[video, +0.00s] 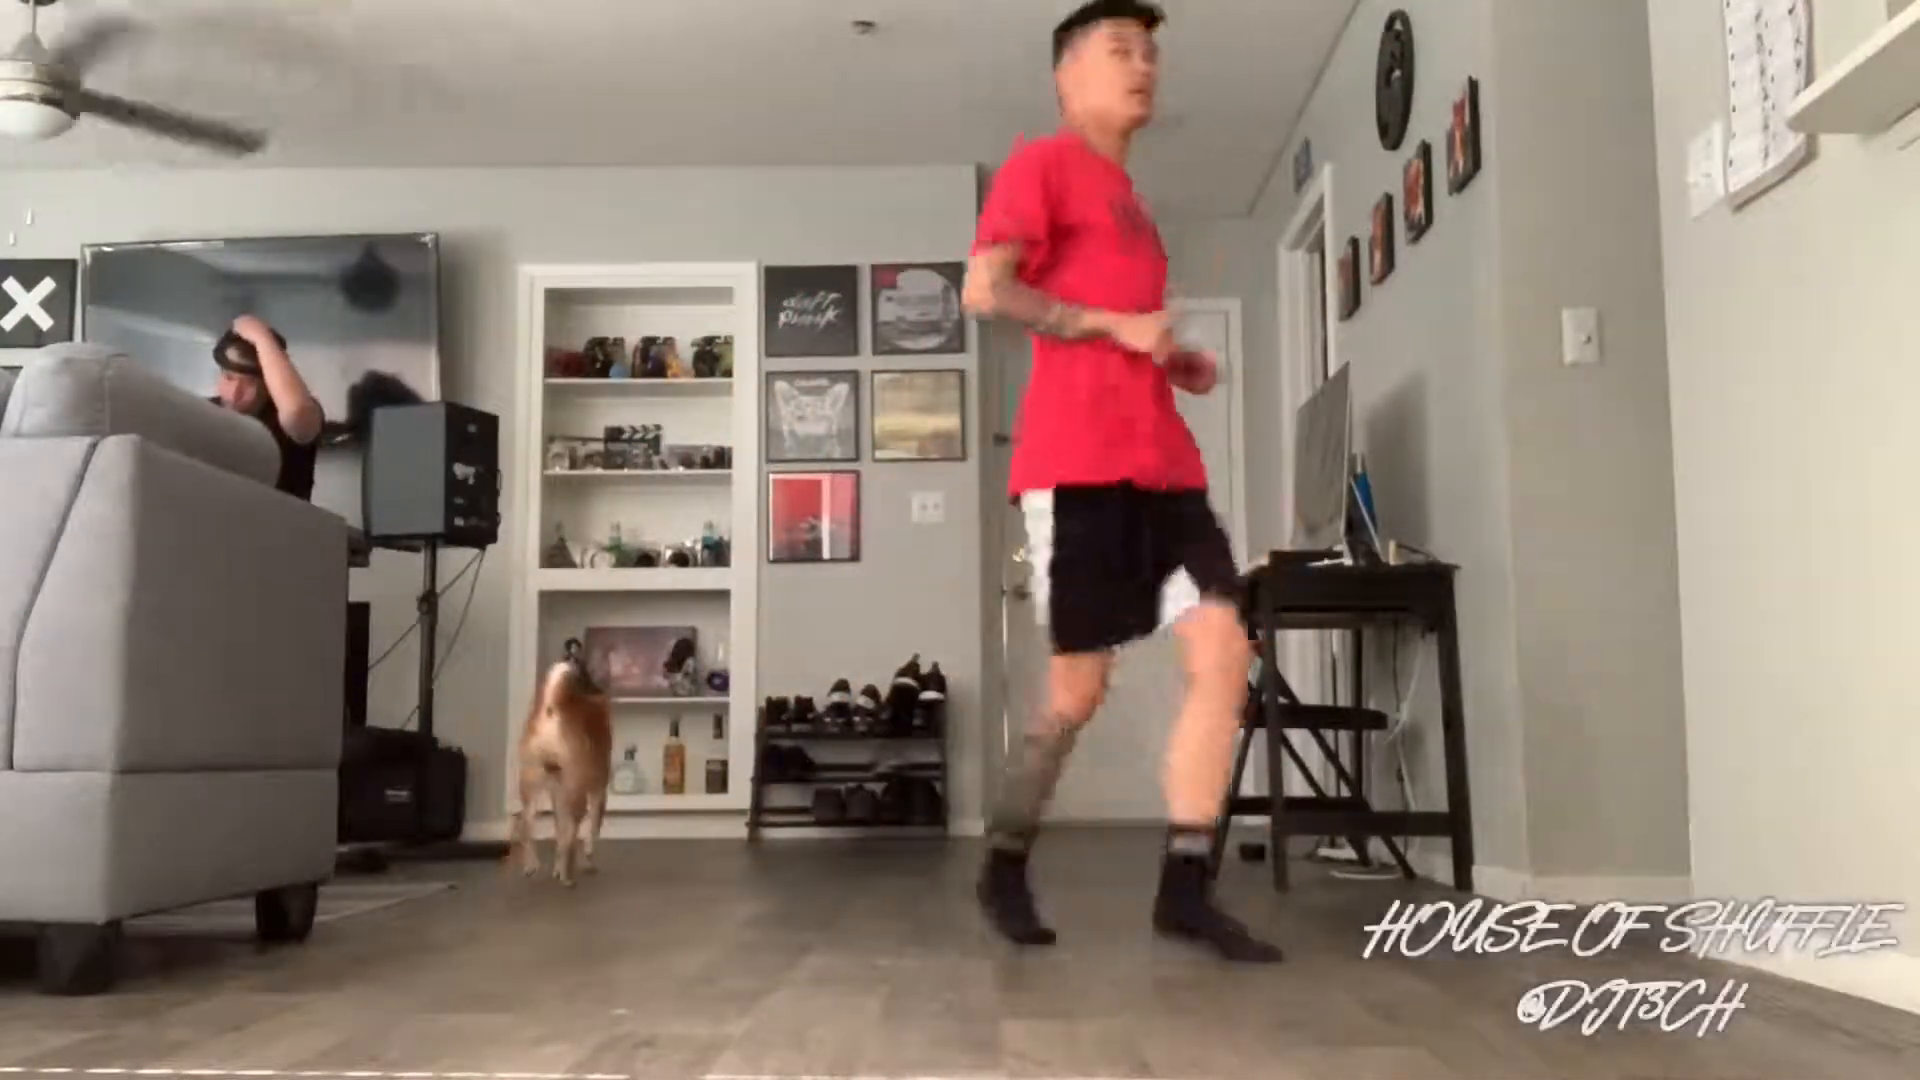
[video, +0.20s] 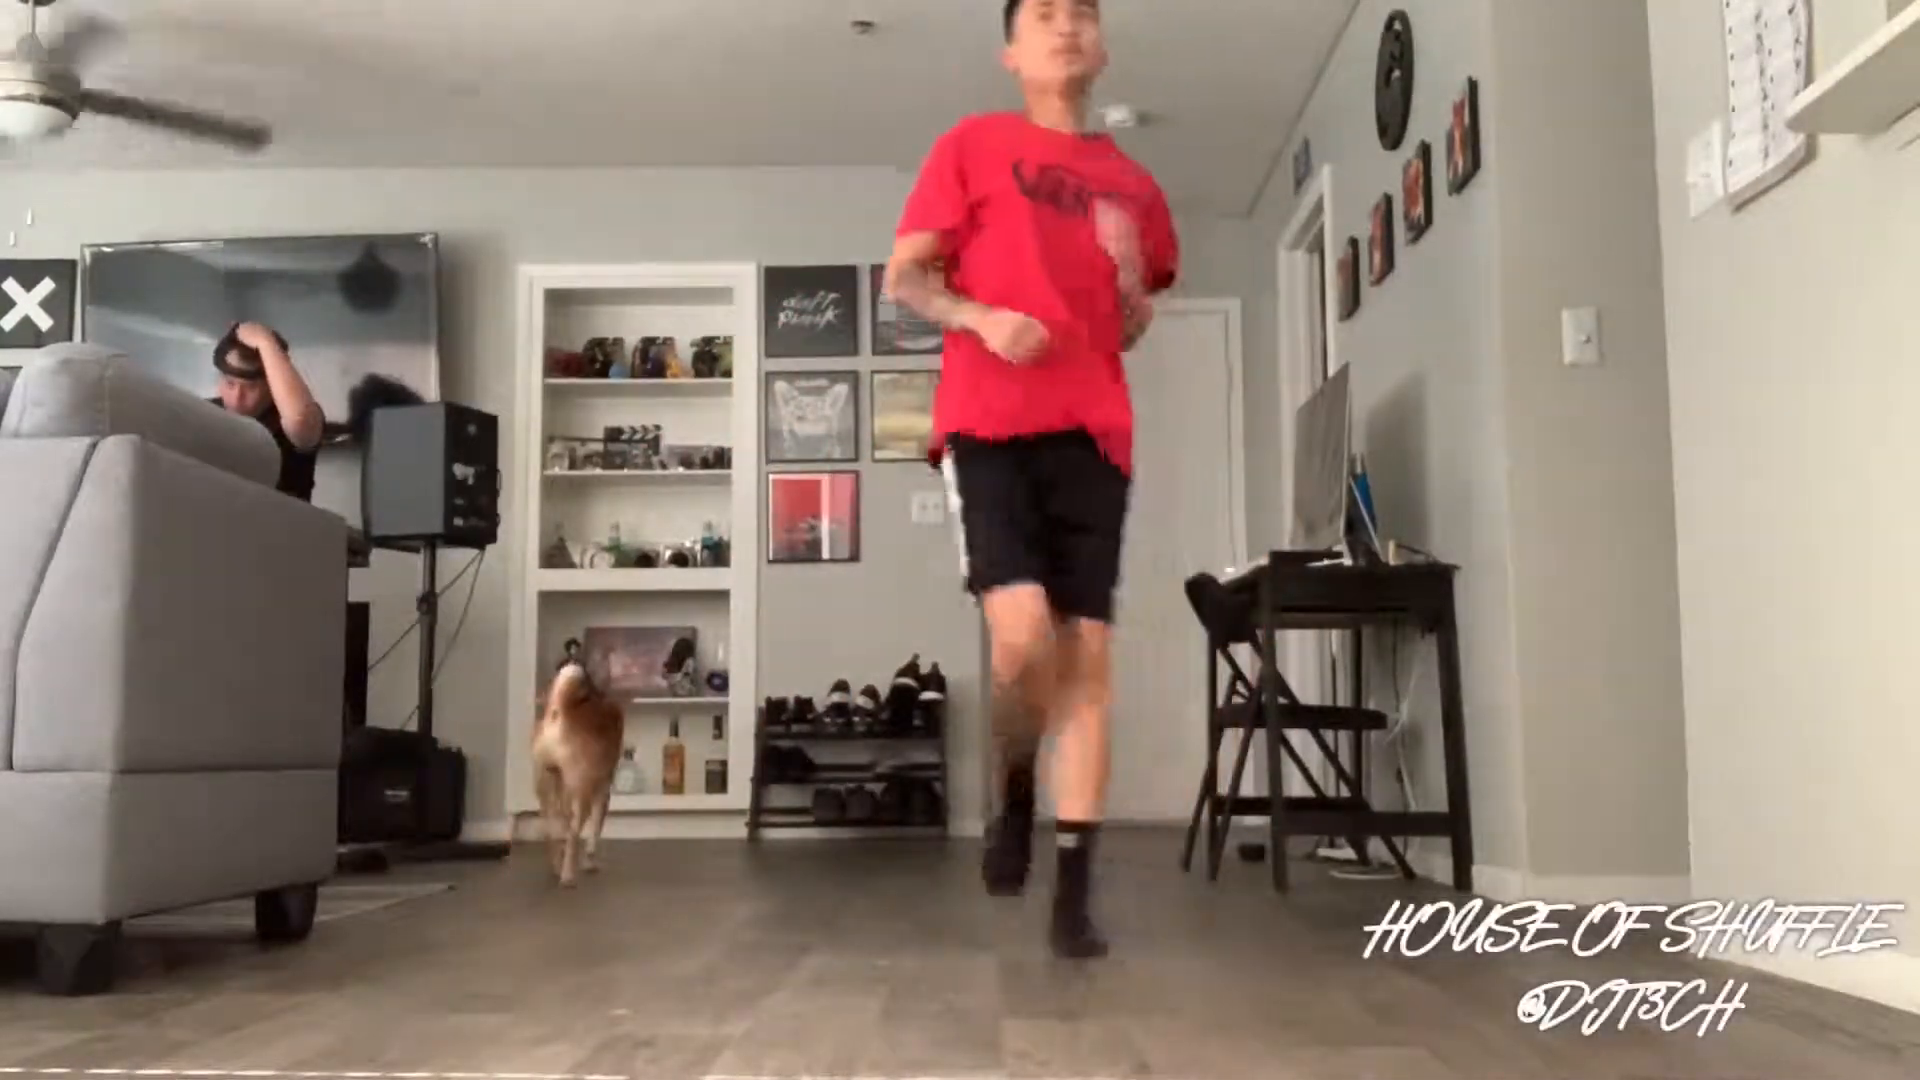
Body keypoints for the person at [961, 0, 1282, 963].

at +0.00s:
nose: (1143, 66)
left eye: (1150, 53)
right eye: (1122, 50)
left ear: (1153, 82)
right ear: (1067, 71)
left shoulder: (1126, 198)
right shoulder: (1042, 162)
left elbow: (1105, 317)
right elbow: (987, 287)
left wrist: (1169, 362)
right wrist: (1111, 323)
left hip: (1159, 465)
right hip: (1078, 466)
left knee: (1224, 657)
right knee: (1077, 685)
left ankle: (1185, 893)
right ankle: (1005, 866)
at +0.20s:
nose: (1068, 26)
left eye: (1081, 13)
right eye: (1045, 16)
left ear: (1103, 45)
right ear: (1009, 51)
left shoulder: (1133, 183)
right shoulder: (973, 146)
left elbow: (1130, 329)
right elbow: (905, 276)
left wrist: (1132, 287)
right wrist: (984, 319)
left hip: (1091, 429)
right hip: (991, 427)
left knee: (1085, 650)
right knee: (1024, 642)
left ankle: (1074, 890)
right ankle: (1014, 796)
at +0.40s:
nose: (934, 25)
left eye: (958, 11)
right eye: (926, 15)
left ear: (1008, 40)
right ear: (916, 46)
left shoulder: (1061, 160)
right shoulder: (890, 169)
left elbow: (1090, 299)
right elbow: (876, 308)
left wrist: (1007, 261)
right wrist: (869, 353)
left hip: (1019, 438)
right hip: (915, 430)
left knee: (1025, 658)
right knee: (907, 621)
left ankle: (1045, 881)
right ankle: (919, 823)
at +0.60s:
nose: (840, 49)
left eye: (857, 28)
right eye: (838, 34)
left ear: (919, 38)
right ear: (860, 54)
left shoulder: (992, 161)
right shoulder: (838, 182)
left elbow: (1021, 304)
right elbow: (841, 320)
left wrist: (918, 333)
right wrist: (815, 362)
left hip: (935, 453)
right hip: (838, 455)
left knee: (928, 665)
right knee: (838, 673)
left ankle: (1023, 847)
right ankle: (831, 896)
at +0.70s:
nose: (810, 62)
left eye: (828, 38)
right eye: (812, 44)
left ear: (892, 49)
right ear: (856, 63)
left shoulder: (961, 172)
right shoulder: (812, 192)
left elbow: (1011, 314)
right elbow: (815, 310)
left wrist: (901, 341)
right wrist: (787, 320)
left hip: (909, 441)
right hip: (813, 443)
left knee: (840, 647)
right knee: (818, 673)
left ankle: (961, 782)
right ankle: (828, 888)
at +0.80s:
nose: (787, 67)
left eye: (803, 46)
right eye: (790, 50)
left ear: (861, 55)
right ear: (848, 61)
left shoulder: (935, 176)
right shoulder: (795, 195)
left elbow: (990, 319)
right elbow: (774, 320)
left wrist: (888, 353)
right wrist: (763, 321)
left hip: (875, 458)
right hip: (794, 460)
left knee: (763, 628)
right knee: (803, 666)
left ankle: (874, 789)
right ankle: (832, 860)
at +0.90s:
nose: (778, 64)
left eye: (791, 43)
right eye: (780, 46)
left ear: (846, 50)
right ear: (835, 54)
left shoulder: (921, 170)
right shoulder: (779, 186)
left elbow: (964, 318)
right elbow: (763, 310)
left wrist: (864, 344)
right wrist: (753, 328)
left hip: (851, 447)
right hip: (772, 448)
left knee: (752, 651)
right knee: (816, 679)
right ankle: (871, 880)